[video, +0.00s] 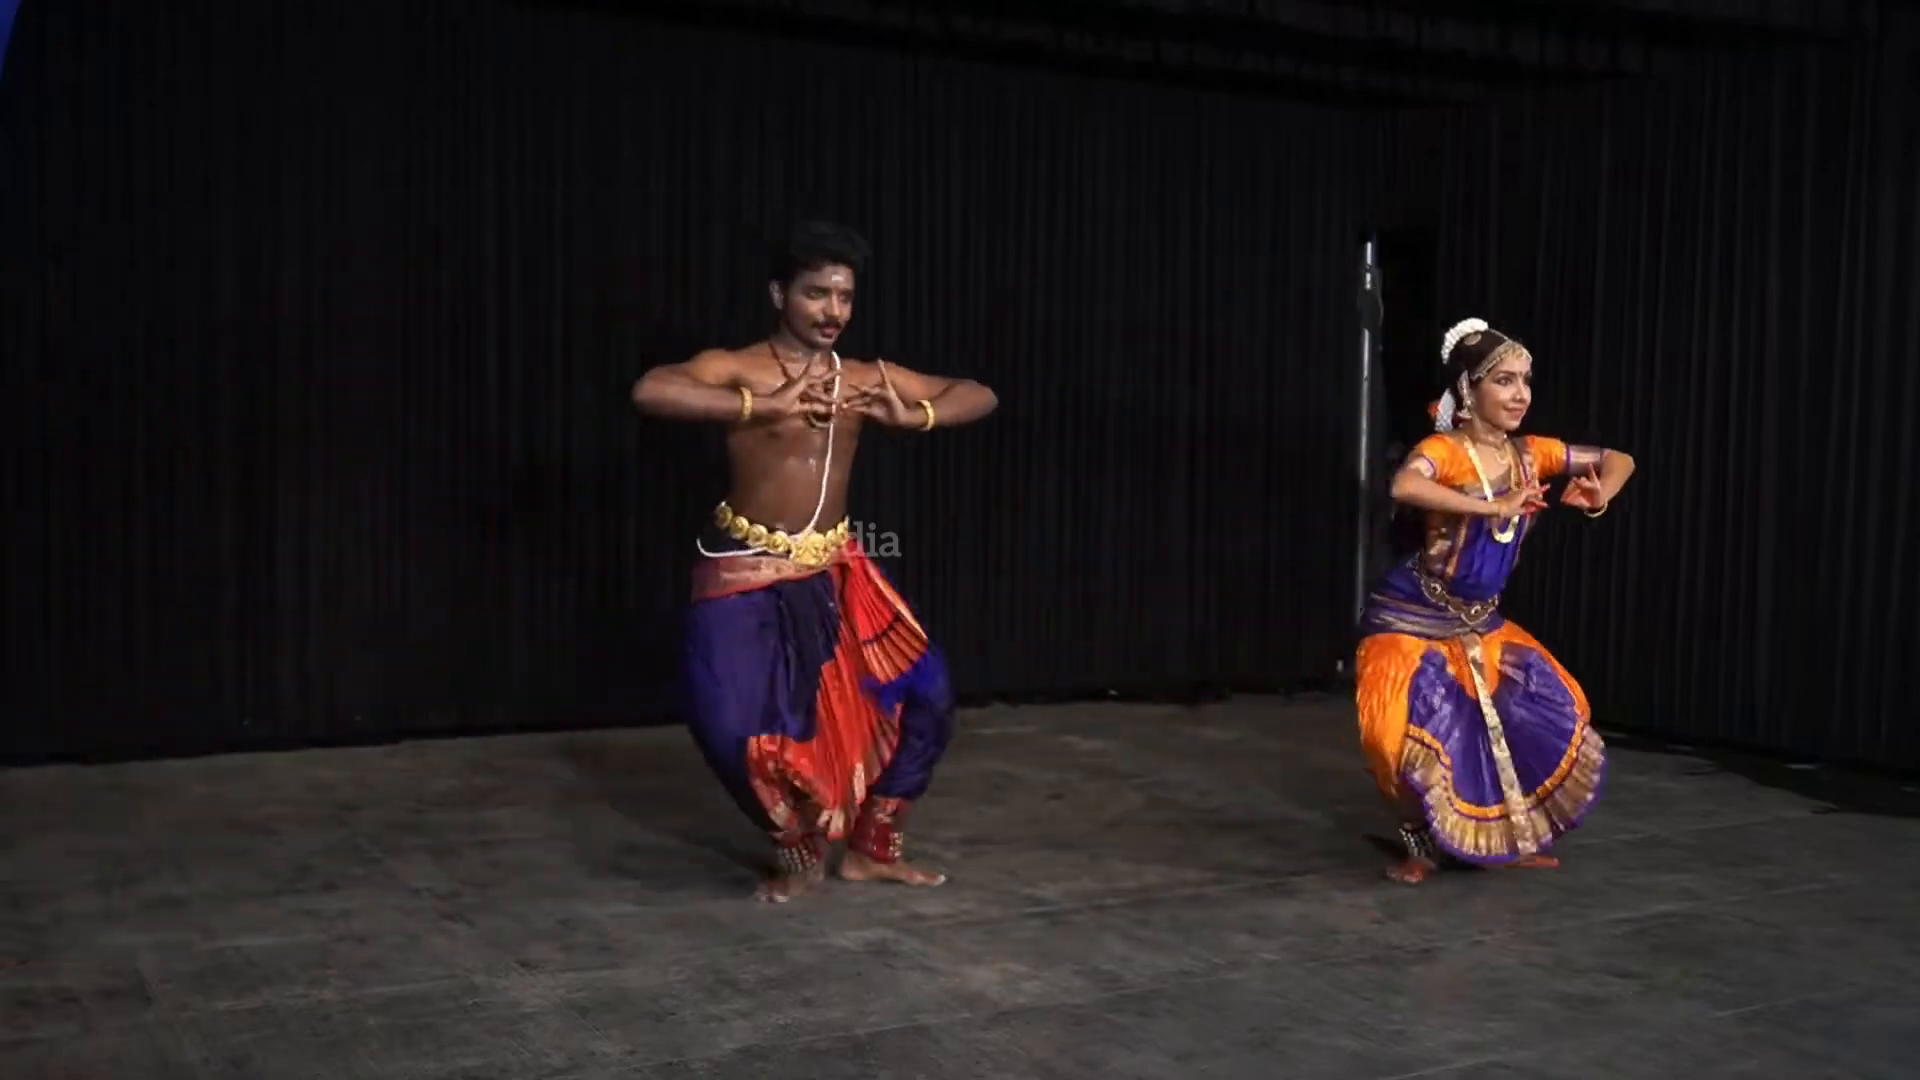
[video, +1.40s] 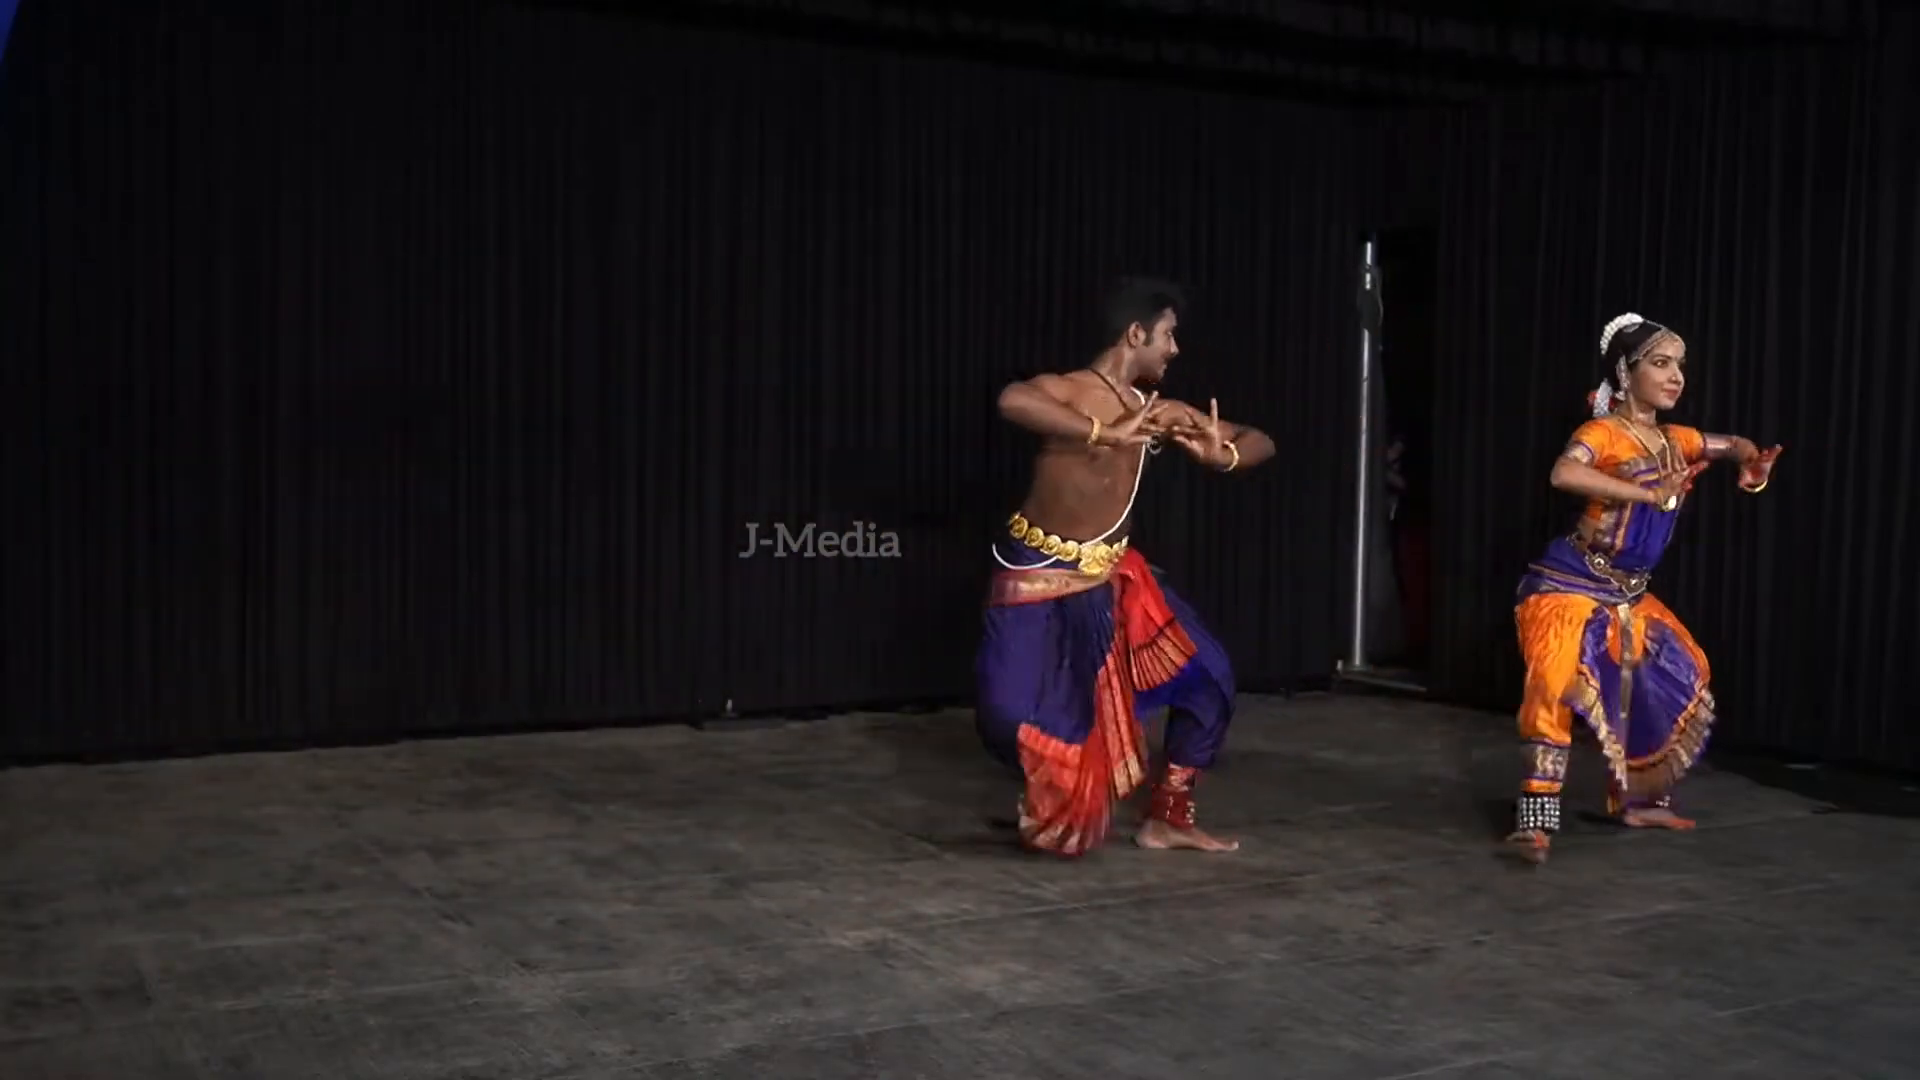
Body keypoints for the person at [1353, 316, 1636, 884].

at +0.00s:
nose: (1521, 394)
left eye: (1526, 381)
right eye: (1505, 381)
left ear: (1530, 389)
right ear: (1468, 390)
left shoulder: (1532, 454)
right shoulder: (1443, 450)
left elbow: (1620, 460)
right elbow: (1405, 486)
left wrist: (1601, 490)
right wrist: (1491, 506)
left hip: (1482, 628)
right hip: (1410, 624)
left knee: (1561, 710)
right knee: (1387, 731)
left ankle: (1512, 832)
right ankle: (1419, 843)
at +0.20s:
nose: (1585, 398)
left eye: (1589, 386)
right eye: (1571, 385)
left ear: (1591, 391)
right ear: (1534, 391)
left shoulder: (1572, 460)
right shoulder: (1497, 454)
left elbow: (1603, 518)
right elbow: (1441, 533)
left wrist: (1639, 492)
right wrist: (1485, 490)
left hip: (1515, 608)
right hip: (1451, 604)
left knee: (1599, 673)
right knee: (1430, 706)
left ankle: (1538, 805)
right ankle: (1427, 844)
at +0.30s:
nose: (1619, 392)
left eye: (1623, 380)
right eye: (1606, 379)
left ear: (1621, 388)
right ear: (1568, 386)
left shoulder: (1598, 458)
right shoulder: (1535, 443)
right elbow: (1479, 510)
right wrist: (1454, 474)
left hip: (1539, 597)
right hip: (1481, 590)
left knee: (1615, 661)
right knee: (1459, 696)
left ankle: (1584, 791)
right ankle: (1432, 841)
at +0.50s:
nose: (1669, 407)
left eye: (1666, 398)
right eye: (1665, 398)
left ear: (1637, 406)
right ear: (1650, 405)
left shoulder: (1653, 472)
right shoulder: (1605, 446)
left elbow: (1690, 478)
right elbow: (1553, 452)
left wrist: (1735, 467)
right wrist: (1488, 451)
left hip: (1599, 612)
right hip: (1551, 598)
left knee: (1651, 690)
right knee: (1535, 696)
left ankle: (1606, 802)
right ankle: (1476, 803)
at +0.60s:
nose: (1683, 415)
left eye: (1681, 405)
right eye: (1680, 404)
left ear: (1652, 410)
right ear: (1664, 408)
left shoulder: (1664, 475)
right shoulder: (1624, 443)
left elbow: (1699, 481)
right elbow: (1587, 444)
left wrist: (1734, 477)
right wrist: (1531, 444)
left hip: (1611, 614)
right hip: (1567, 603)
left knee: (1663, 696)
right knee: (1584, 728)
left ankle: (1617, 800)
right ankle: (1531, 765)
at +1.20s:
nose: (1715, 390)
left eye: (1716, 380)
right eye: (1703, 377)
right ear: (1666, 387)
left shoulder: (1683, 456)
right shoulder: (1641, 442)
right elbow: (1597, 486)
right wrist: (1626, 464)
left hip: (1639, 601)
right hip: (1589, 598)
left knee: (1696, 688)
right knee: (1620, 720)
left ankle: (1644, 804)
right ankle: (1592, 773)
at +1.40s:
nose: (1676, 375)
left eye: (1680, 365)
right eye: (1662, 363)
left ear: (1681, 379)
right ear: (1626, 373)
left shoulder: (1678, 441)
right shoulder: (1603, 433)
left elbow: (1736, 444)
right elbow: (1565, 473)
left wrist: (1751, 466)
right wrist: (1643, 492)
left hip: (1629, 595)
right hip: (1569, 587)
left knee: (1686, 672)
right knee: (1553, 677)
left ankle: (1640, 799)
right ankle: (1537, 819)